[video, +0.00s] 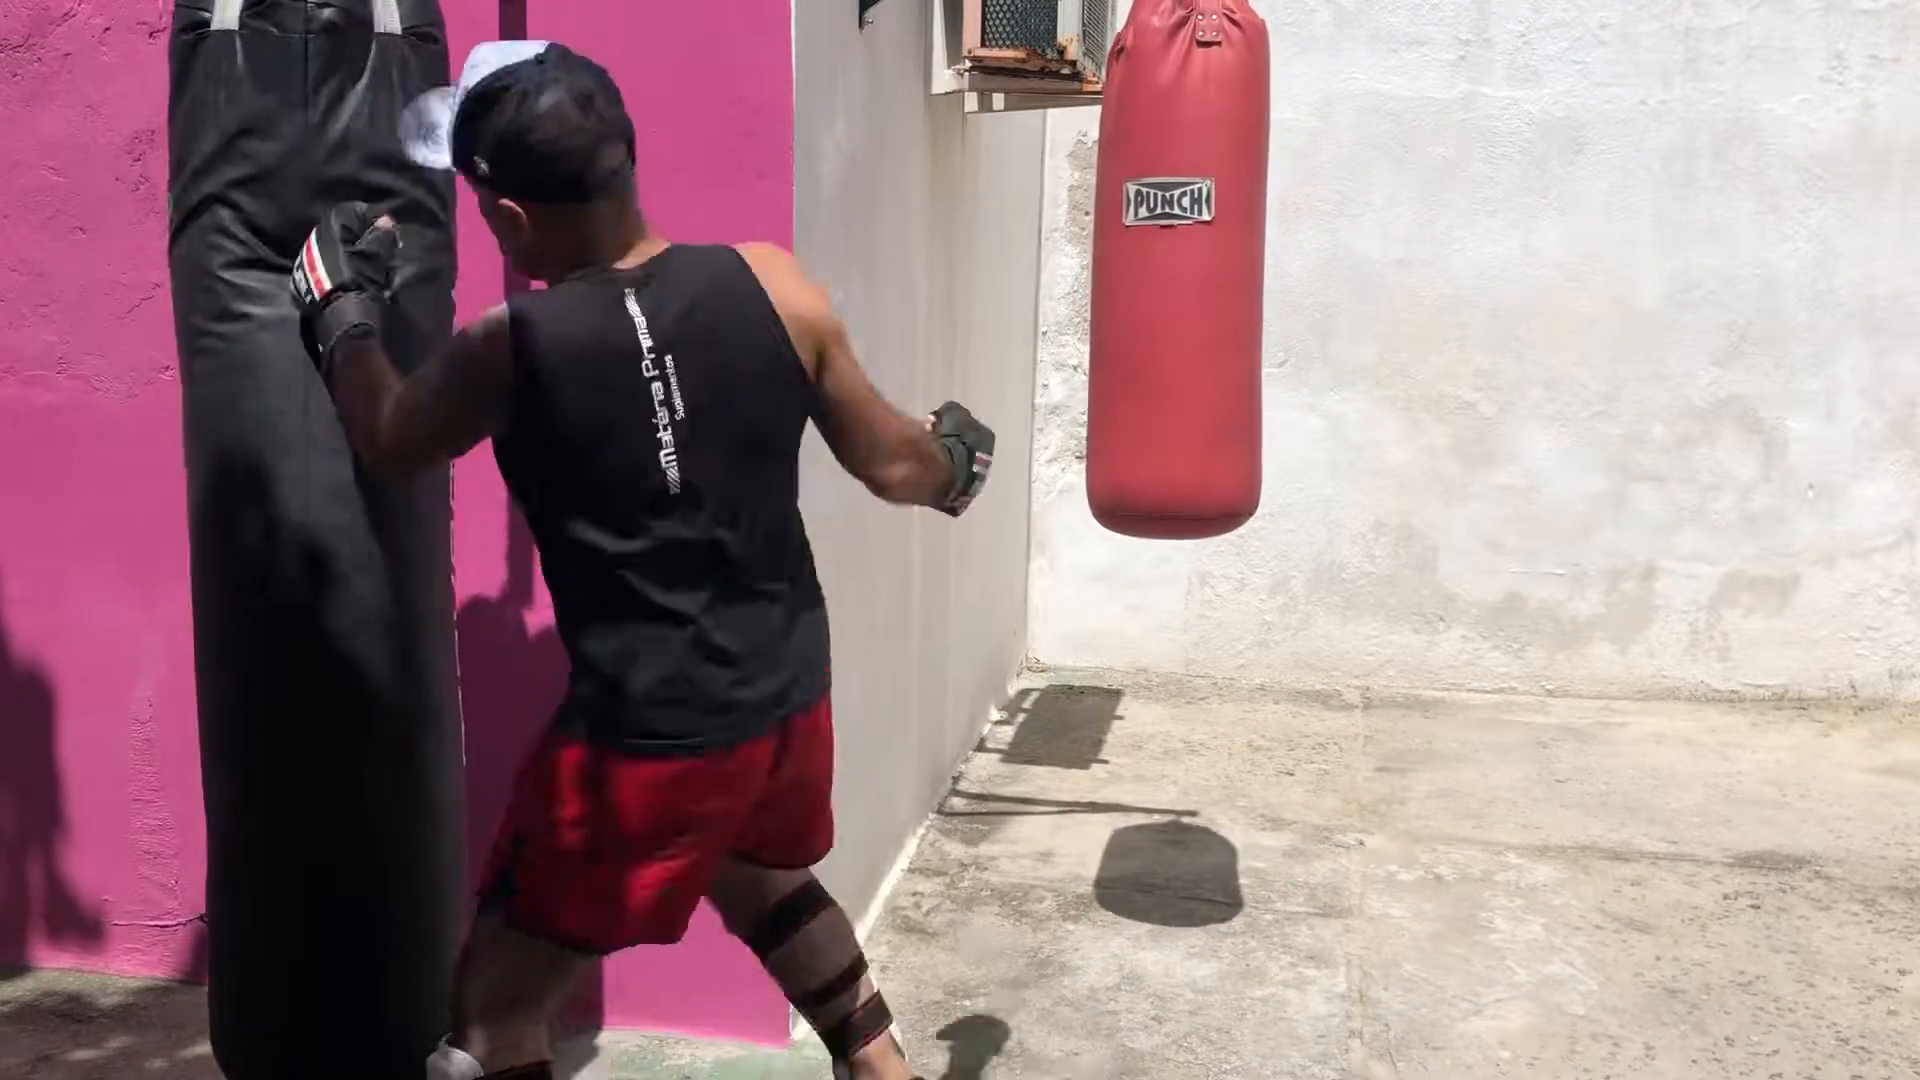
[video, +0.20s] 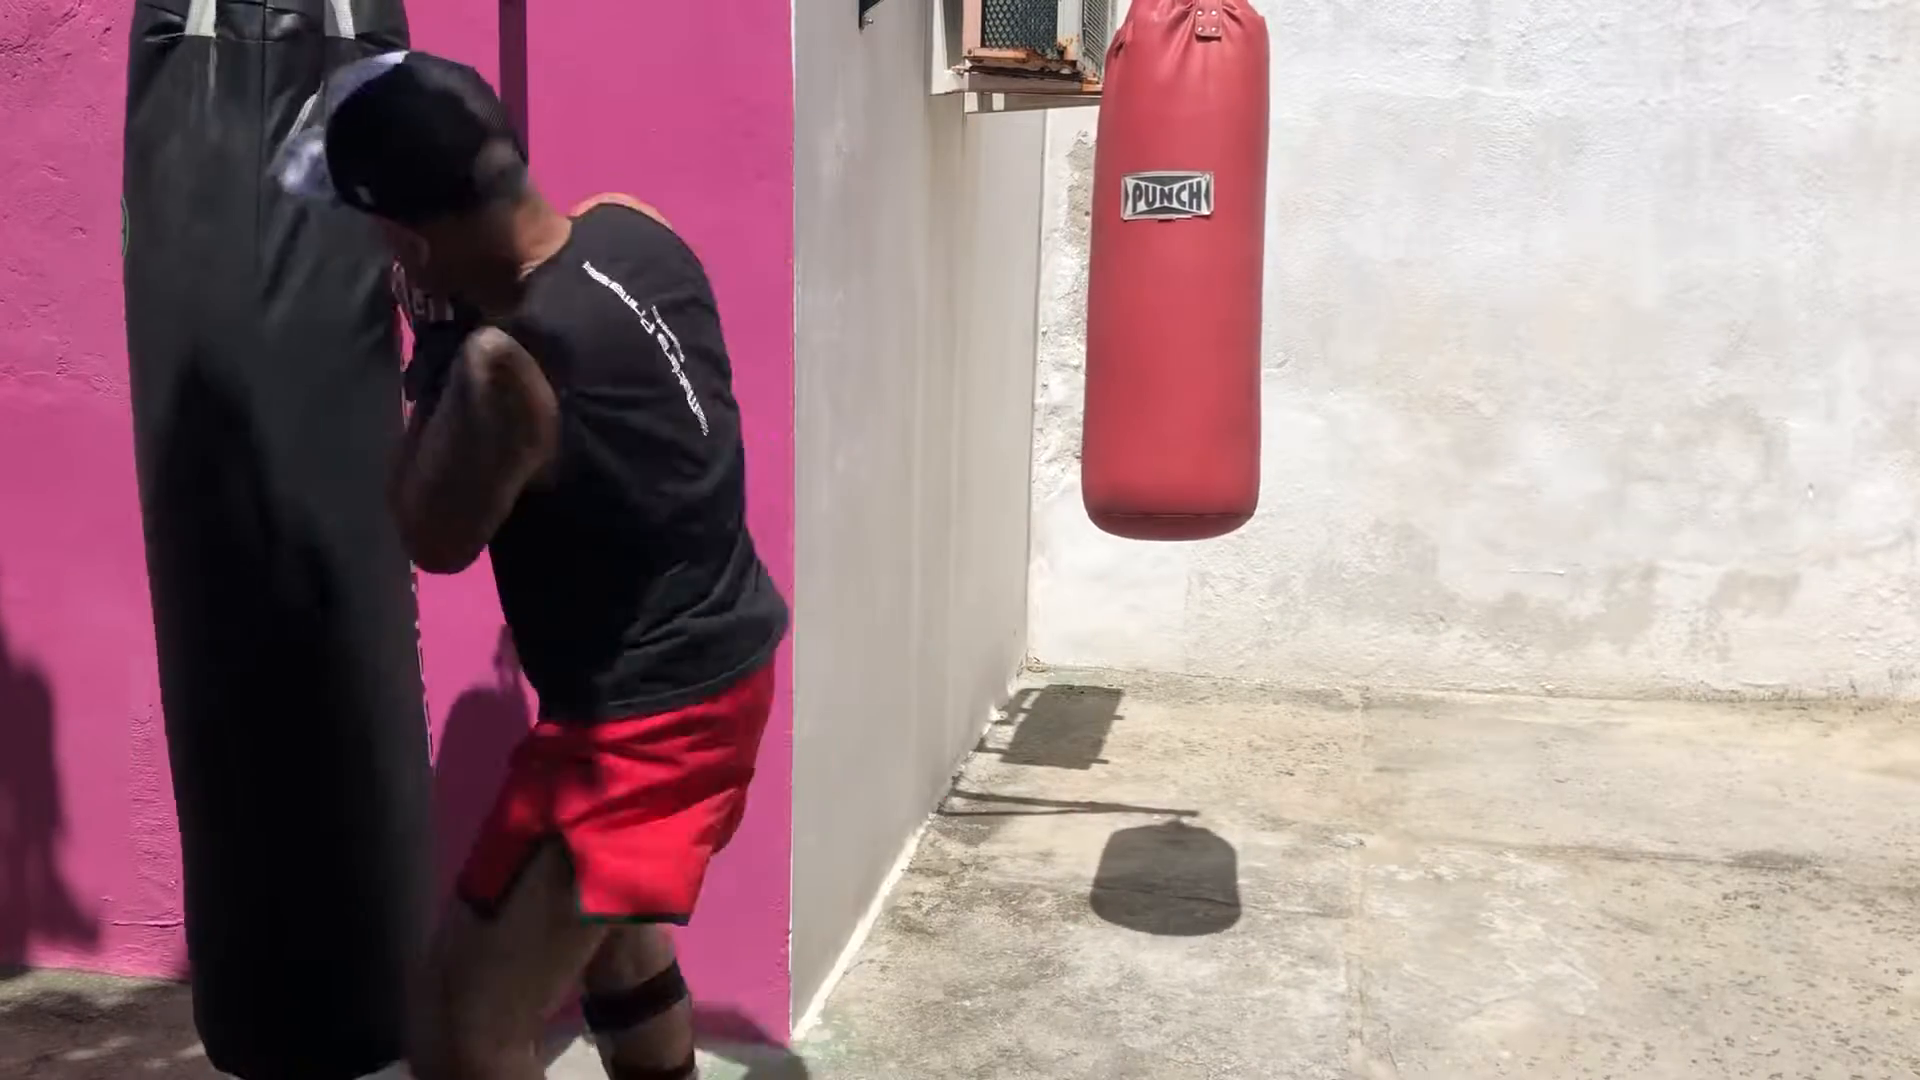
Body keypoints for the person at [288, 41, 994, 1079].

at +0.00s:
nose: (490, 224)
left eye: (486, 206)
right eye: (483, 204)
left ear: (514, 216)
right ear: (626, 163)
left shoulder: (513, 347)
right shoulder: (772, 285)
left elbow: (391, 440)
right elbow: (890, 460)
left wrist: (342, 312)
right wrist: (951, 462)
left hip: (637, 743)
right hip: (785, 706)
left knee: (502, 999)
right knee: (762, 875)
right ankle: (880, 1063)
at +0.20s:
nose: (388, 245)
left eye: (384, 224)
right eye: (378, 224)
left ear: (417, 230)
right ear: (507, 155)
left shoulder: (507, 362)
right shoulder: (636, 230)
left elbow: (435, 536)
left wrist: (429, 349)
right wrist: (456, 304)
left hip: (630, 714)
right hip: (723, 659)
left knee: (473, 1026)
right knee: (630, 966)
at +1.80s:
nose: (848, 212)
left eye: (862, 188)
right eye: (849, 187)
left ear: (929, 189)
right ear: (943, 184)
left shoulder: (1022, 296)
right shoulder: (1003, 285)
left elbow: (894, 487)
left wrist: (841, 352)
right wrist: (883, 345)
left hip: (1075, 687)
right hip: (1010, 683)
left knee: (1105, 992)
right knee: (1013, 916)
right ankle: (1142, 1062)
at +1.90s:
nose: (847, 207)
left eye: (859, 181)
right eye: (847, 181)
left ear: (929, 180)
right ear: (936, 176)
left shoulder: (1037, 292)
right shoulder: (996, 283)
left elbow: (926, 501)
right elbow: (1026, 411)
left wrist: (832, 366)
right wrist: (924, 334)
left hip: (1065, 692)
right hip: (999, 685)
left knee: (1078, 1005)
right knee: (1010, 933)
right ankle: (1137, 1063)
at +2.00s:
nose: (843, 205)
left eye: (856, 180)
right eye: (844, 180)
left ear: (927, 182)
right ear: (933, 181)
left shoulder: (1042, 299)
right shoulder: (981, 289)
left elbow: (933, 505)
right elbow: (963, 410)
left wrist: (820, 377)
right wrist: (863, 336)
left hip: (1056, 695)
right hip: (1000, 687)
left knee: (974, 1005)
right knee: (1062, 949)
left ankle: (1086, 1060)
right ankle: (1154, 1068)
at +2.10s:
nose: (820, 206)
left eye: (831, 181)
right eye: (821, 181)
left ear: (902, 185)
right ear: (911, 185)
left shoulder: (1011, 312)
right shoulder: (965, 292)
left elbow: (883, 510)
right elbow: (895, 418)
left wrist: (801, 370)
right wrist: (772, 393)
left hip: (1025, 719)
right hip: (974, 707)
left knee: (961, 1041)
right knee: (1047, 978)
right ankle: (1136, 1072)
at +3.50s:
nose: (522, 207)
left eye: (539, 184)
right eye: (523, 188)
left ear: (612, 187)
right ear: (595, 196)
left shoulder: (709, 270)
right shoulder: (590, 349)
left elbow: (574, 405)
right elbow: (601, 527)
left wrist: (508, 338)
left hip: (770, 672)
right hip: (627, 698)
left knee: (890, 958)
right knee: (548, 972)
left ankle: (989, 1068)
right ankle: (599, 1074)